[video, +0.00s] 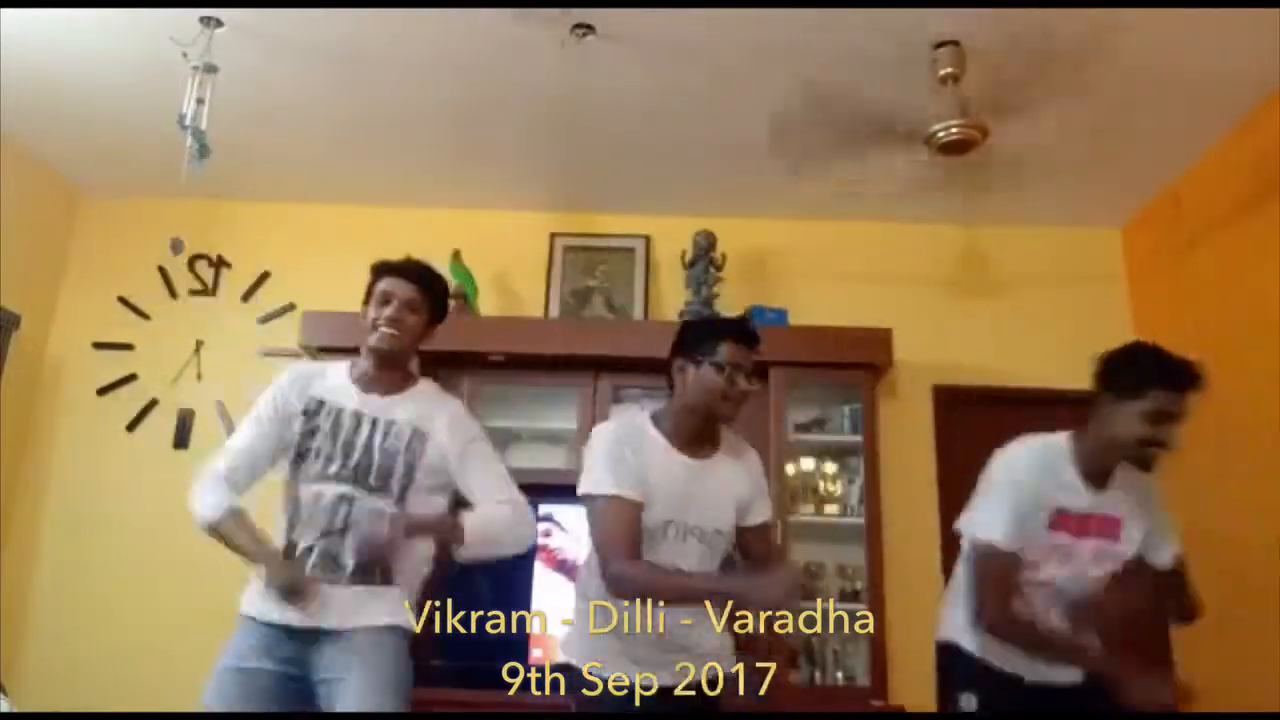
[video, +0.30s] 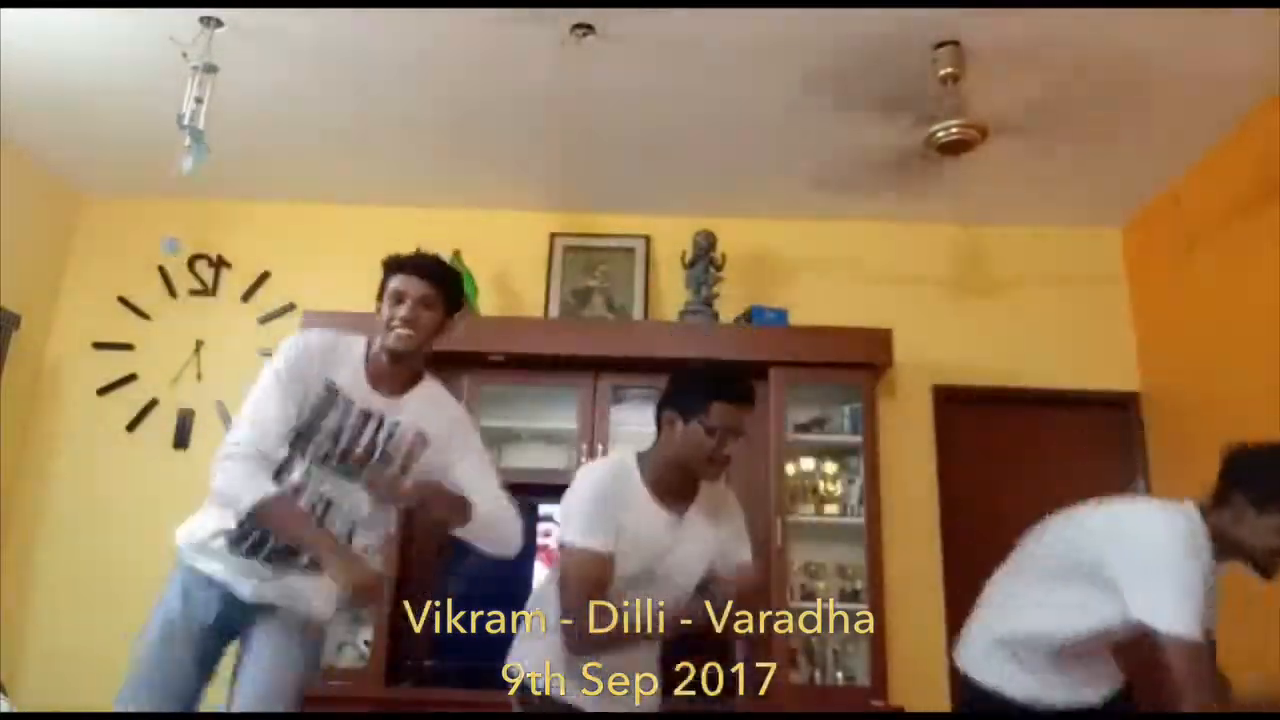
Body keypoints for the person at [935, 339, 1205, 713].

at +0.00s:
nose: (1166, 439)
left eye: (1172, 424)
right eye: (1155, 419)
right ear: (1106, 404)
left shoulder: (1140, 492)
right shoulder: (1021, 466)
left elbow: (1185, 607)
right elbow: (994, 615)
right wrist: (1096, 658)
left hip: (1073, 678)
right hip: (988, 671)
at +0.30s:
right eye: (1278, 525)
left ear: (1240, 506)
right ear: (1240, 507)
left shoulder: (1200, 553)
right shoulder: (1167, 539)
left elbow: (1206, 683)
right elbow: (1194, 697)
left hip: (1088, 679)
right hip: (1006, 683)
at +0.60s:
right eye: (1279, 485)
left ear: (1246, 476)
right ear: (1245, 473)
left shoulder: (1232, 533)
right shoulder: (1157, 495)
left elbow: (1267, 641)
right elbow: (1167, 666)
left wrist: (1244, 601)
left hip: (1120, 678)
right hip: (1036, 678)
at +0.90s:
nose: (1202, 479)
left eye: (1218, 463)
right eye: (1183, 461)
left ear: (1236, 467)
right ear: (1154, 456)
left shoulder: (1226, 522)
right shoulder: (1097, 509)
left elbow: (1268, 645)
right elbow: (1053, 673)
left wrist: (1215, 634)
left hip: (1142, 661)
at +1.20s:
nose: (1053, 463)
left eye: (1069, 444)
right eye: (1040, 447)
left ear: (1111, 428)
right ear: (1029, 440)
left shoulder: (1176, 487)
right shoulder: (1016, 486)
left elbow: (1199, 657)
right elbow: (975, 618)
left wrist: (1076, 698)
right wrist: (1053, 574)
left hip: (1156, 666)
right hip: (1065, 658)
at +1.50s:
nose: (1030, 515)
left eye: (1044, 496)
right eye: (1015, 501)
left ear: (1078, 486)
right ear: (1004, 498)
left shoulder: (1152, 532)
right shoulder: (999, 541)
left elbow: (1199, 687)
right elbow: (977, 665)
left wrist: (1052, 672)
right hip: (1075, 692)